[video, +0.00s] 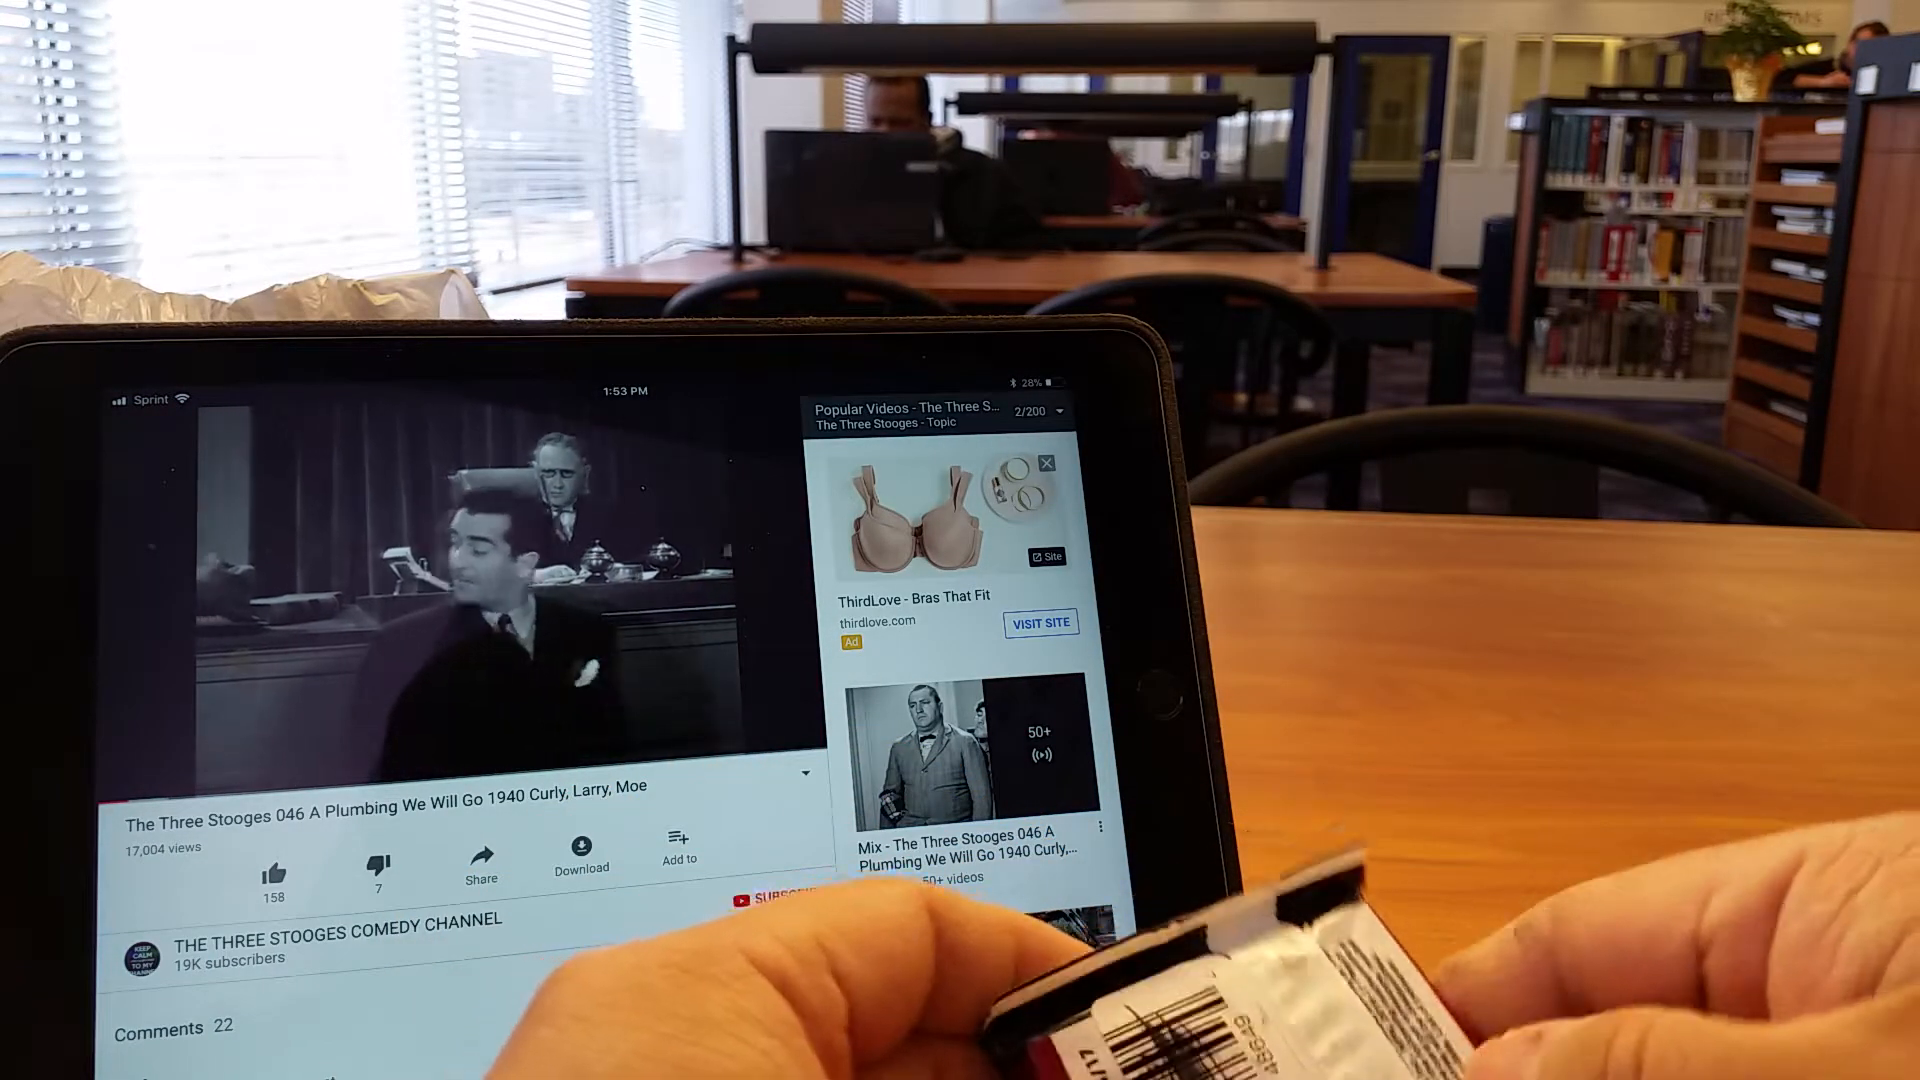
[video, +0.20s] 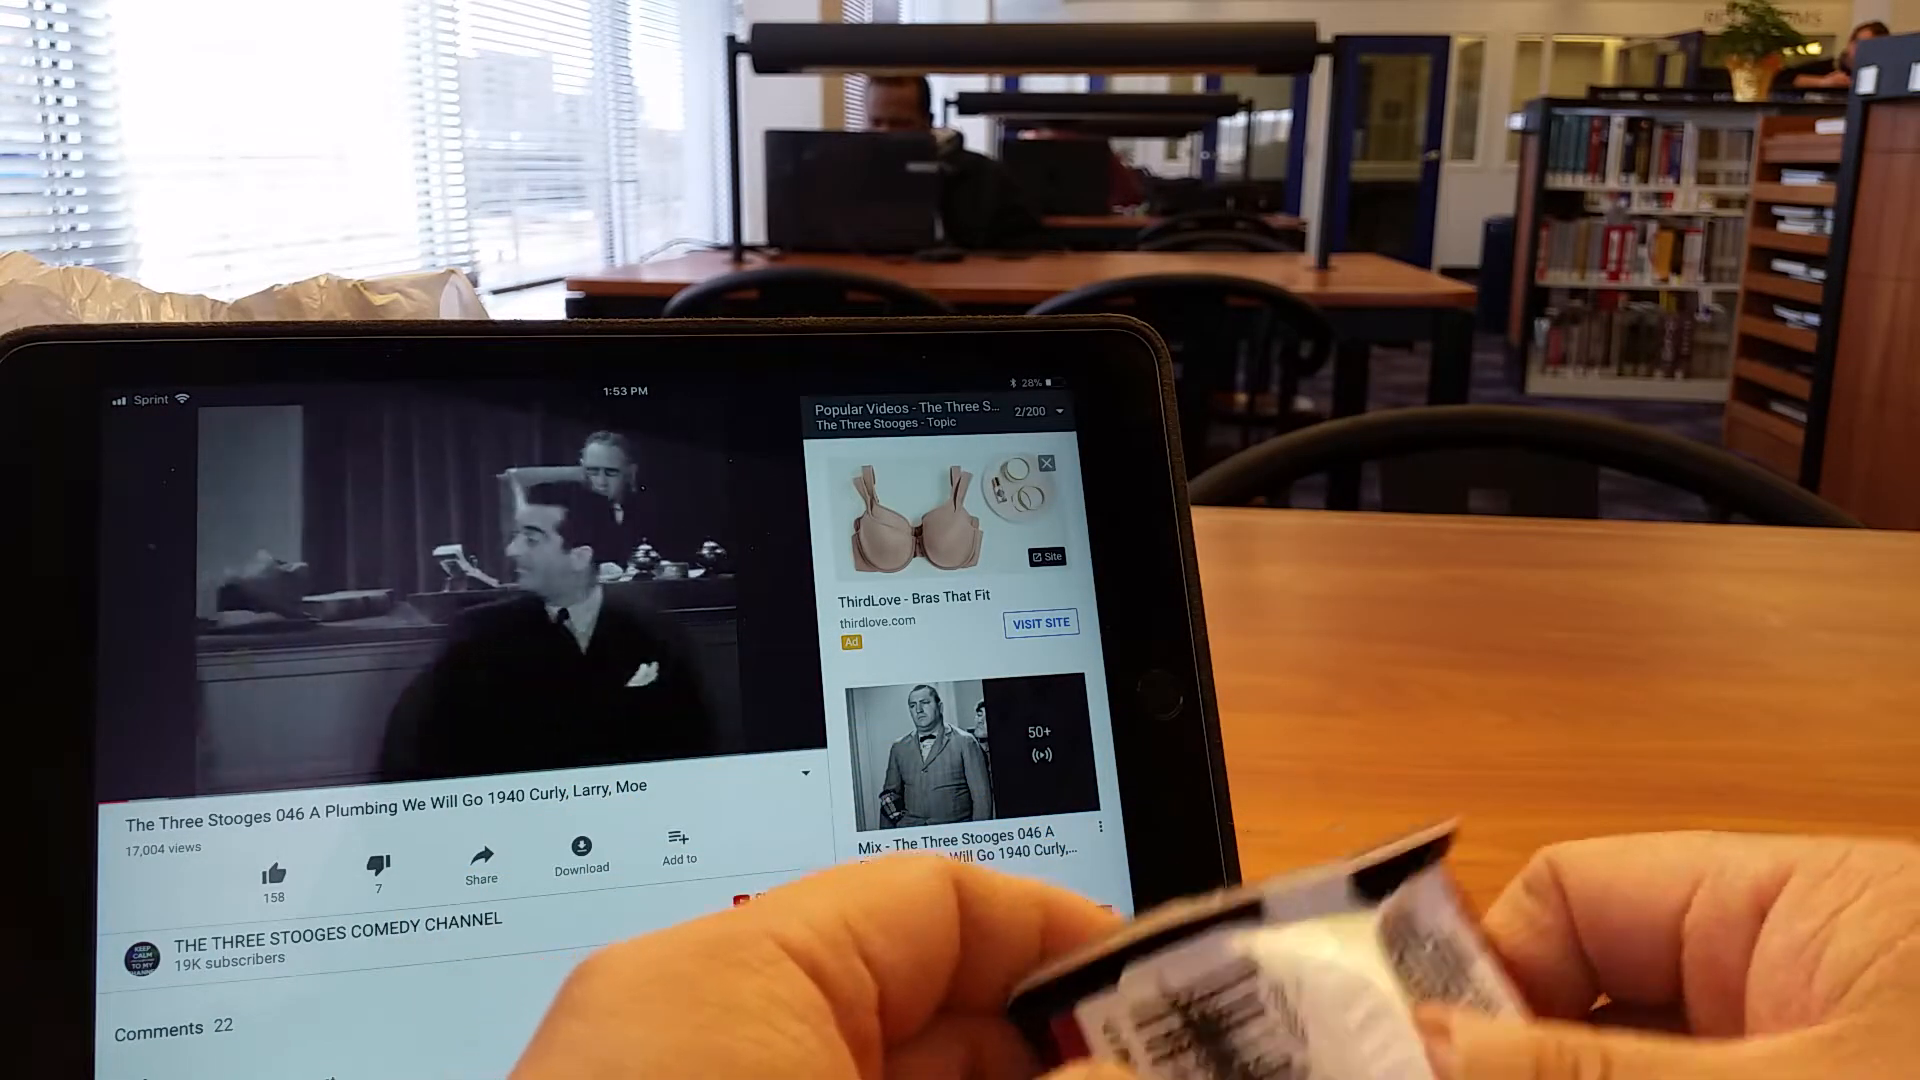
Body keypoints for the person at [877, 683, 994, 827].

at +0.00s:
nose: (919, 710)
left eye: (925, 703)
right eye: (913, 705)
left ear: (939, 707)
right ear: (909, 711)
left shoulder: (964, 742)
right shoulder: (899, 748)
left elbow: (981, 795)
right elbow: (890, 796)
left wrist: (979, 835)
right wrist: (886, 838)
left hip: (955, 831)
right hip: (910, 835)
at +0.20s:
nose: (919, 710)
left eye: (925, 703)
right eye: (913, 705)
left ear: (939, 707)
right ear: (909, 711)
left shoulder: (964, 742)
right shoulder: (899, 748)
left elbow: (981, 795)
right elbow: (890, 796)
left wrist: (979, 835)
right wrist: (886, 838)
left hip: (955, 831)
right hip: (910, 835)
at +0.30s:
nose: (919, 710)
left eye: (925, 703)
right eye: (913, 705)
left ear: (940, 707)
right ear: (910, 711)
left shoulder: (965, 743)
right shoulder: (899, 749)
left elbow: (982, 796)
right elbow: (890, 795)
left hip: (956, 821)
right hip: (914, 824)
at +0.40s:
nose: (918, 709)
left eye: (925, 703)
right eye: (913, 705)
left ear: (939, 707)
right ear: (909, 711)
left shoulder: (964, 742)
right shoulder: (899, 749)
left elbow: (980, 794)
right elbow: (891, 794)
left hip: (956, 821)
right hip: (915, 825)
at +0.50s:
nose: (919, 710)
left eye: (925, 703)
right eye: (913, 705)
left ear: (939, 707)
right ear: (909, 711)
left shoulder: (964, 742)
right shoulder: (899, 748)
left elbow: (981, 794)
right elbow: (890, 793)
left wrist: (979, 834)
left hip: (956, 832)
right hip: (910, 835)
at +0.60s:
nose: (919, 710)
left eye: (925, 703)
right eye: (913, 706)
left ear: (940, 707)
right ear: (910, 712)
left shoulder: (964, 742)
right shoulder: (899, 749)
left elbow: (981, 796)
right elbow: (892, 797)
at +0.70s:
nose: (919, 709)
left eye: (925, 703)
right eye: (913, 705)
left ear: (939, 707)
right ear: (909, 711)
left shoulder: (964, 742)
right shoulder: (899, 748)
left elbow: (981, 795)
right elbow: (891, 791)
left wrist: (979, 835)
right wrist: (889, 801)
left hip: (955, 831)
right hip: (911, 834)